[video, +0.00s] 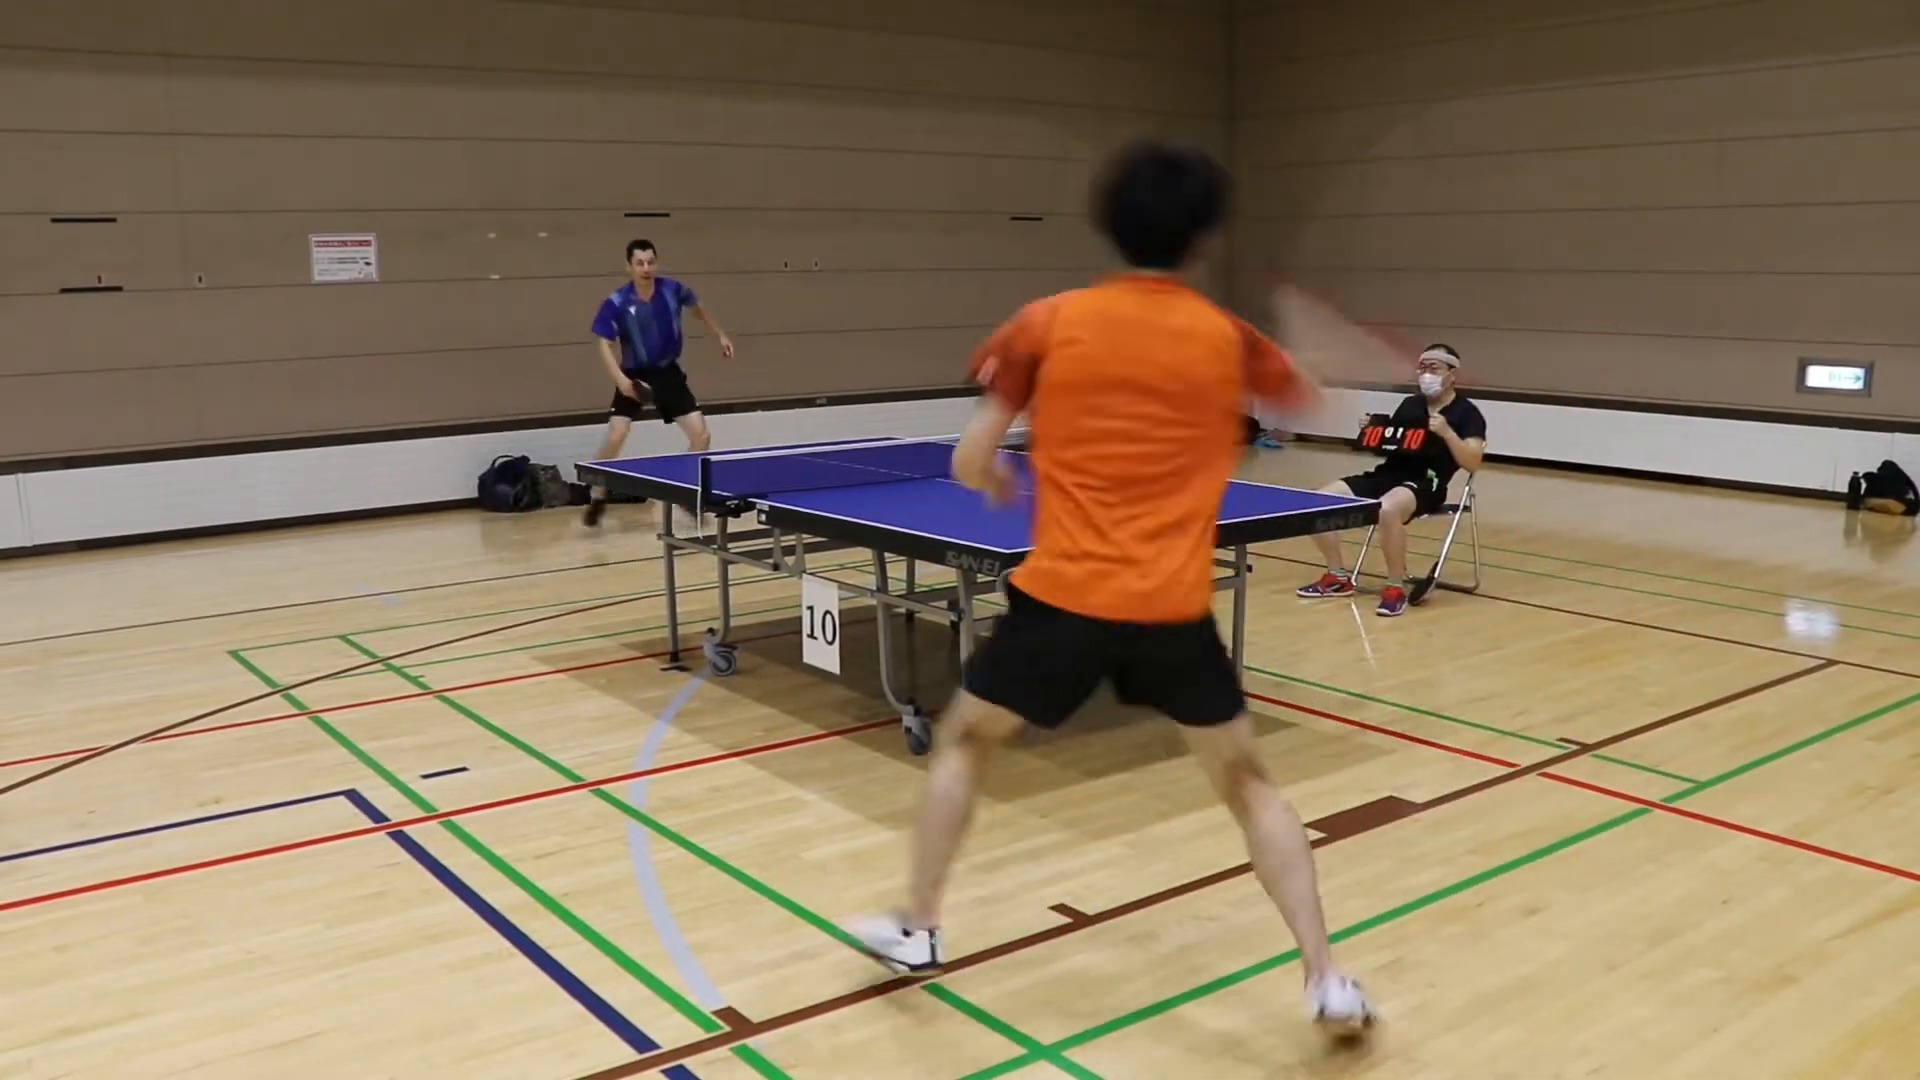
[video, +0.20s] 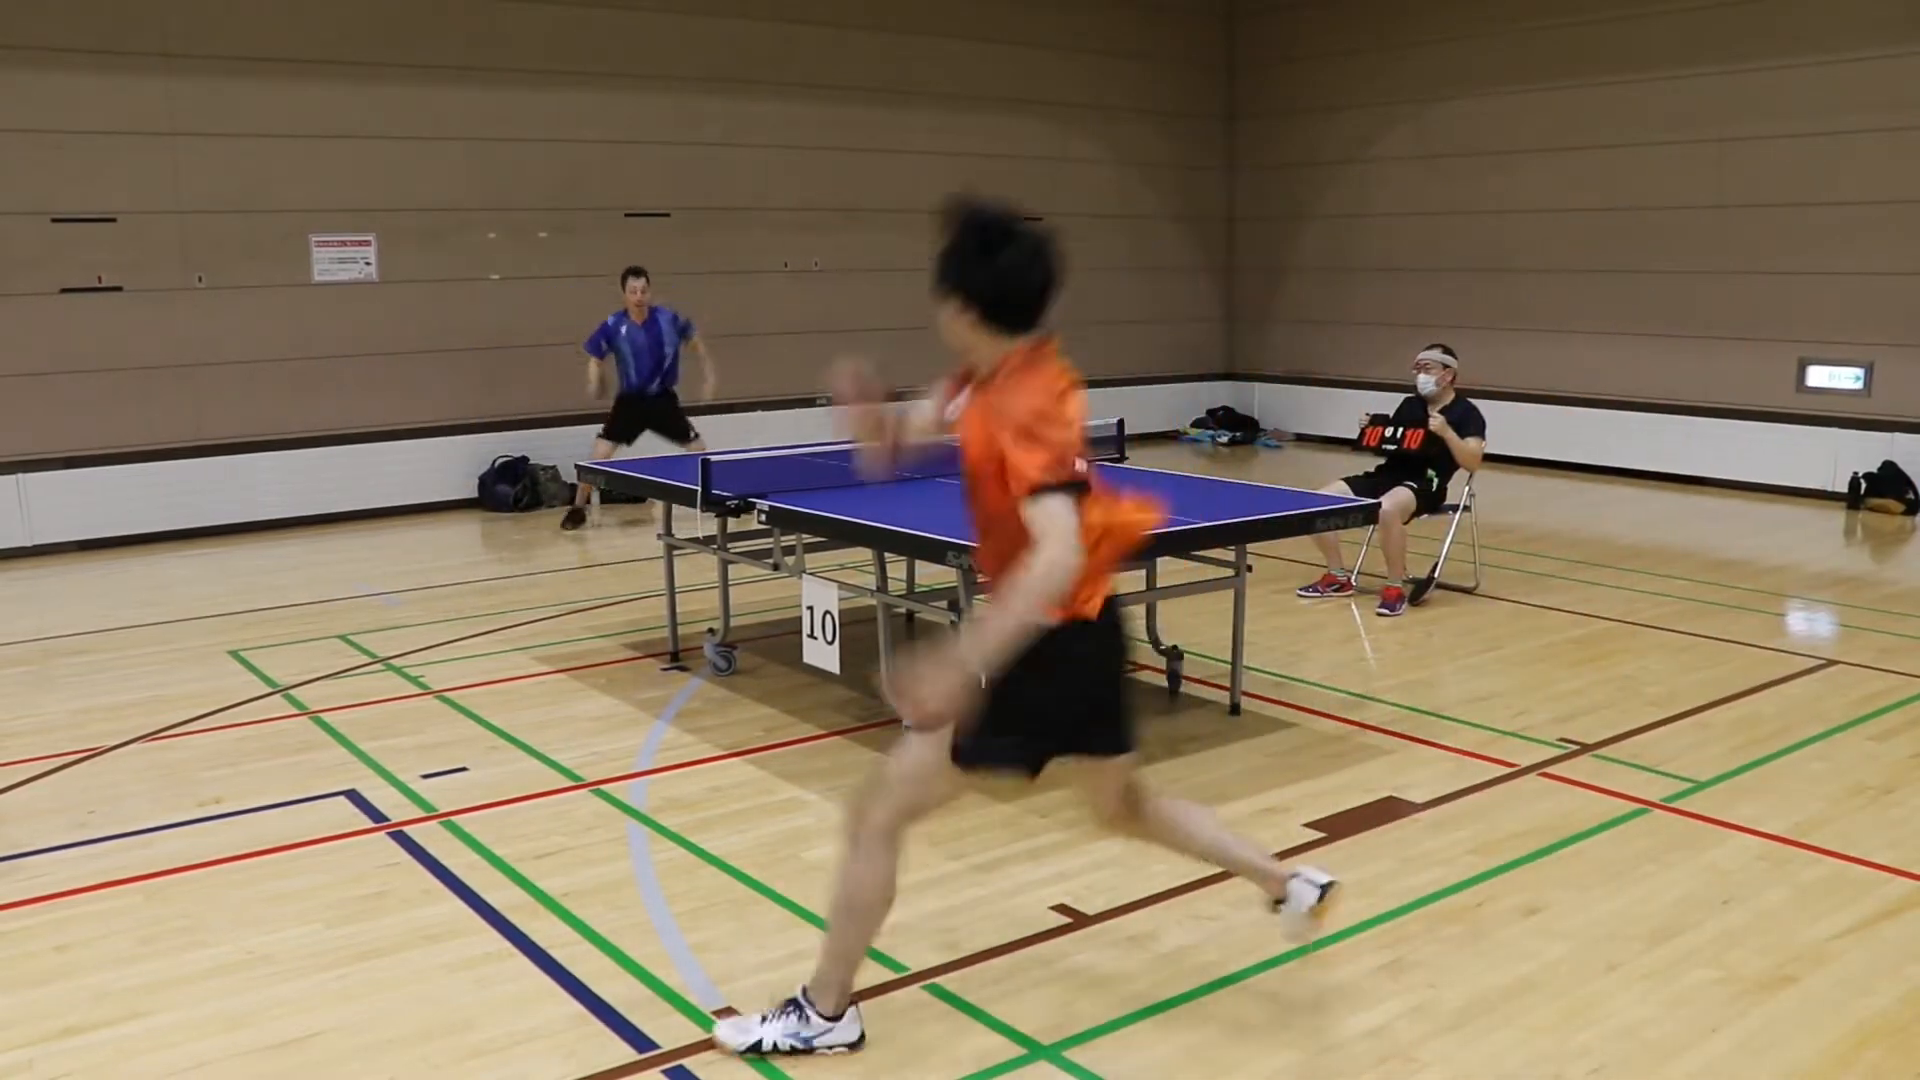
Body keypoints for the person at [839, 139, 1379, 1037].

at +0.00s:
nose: (1219, 240)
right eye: (1213, 228)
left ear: (1113, 229)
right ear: (1203, 240)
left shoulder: (1052, 323)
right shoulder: (1223, 339)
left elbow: (970, 462)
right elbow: (1316, 412)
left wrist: (1003, 482)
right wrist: (1306, 330)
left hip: (1059, 608)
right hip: (1171, 616)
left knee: (963, 738)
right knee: (1245, 778)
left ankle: (918, 925)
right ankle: (1324, 976)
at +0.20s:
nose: (937, 313)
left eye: (943, 298)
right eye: (941, 297)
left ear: (968, 308)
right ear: (1016, 303)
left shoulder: (1027, 404)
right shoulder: (989, 374)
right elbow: (899, 450)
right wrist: (875, 420)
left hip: (1040, 645)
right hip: (1084, 637)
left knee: (880, 807)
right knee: (1120, 802)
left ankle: (825, 1006)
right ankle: (1288, 882)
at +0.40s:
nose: (916, 341)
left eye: (920, 327)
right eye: (918, 326)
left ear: (940, 335)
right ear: (994, 326)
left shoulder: (1001, 410)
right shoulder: (997, 396)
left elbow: (1110, 501)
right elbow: (1017, 527)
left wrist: (1121, 637)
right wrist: (945, 581)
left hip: (1030, 649)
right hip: (1021, 634)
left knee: (872, 798)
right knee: (1005, 757)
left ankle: (823, 1006)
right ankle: (1129, 869)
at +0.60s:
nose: (1022, 264)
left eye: (1027, 252)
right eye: (1027, 250)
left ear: (1041, 262)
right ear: (1108, 262)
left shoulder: (1023, 344)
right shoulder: (1154, 348)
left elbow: (997, 469)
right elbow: (1178, 482)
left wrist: (966, 556)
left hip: (1081, 576)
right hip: (1164, 564)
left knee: (977, 744)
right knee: (1150, 707)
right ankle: (1181, 862)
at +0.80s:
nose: (1156, 309)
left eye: (1159, 299)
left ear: (1165, 307)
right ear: (1238, 315)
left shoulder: (1110, 378)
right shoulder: (1259, 406)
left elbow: (1072, 493)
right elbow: (1291, 541)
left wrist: (1116, 548)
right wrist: (1308, 626)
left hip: (1101, 612)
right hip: (1201, 617)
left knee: (1055, 771)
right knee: (1279, 714)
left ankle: (1029, 935)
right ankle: (1309, 869)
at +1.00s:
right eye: (1361, 266)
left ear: (1289, 266)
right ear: (1358, 276)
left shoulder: (1241, 339)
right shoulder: (1368, 360)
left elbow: (1187, 443)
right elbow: (1401, 476)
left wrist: (1251, 458)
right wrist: (1422, 578)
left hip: (1224, 551)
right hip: (1307, 561)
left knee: (1181, 695)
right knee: (1322, 706)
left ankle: (1119, 818)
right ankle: (1314, 862)